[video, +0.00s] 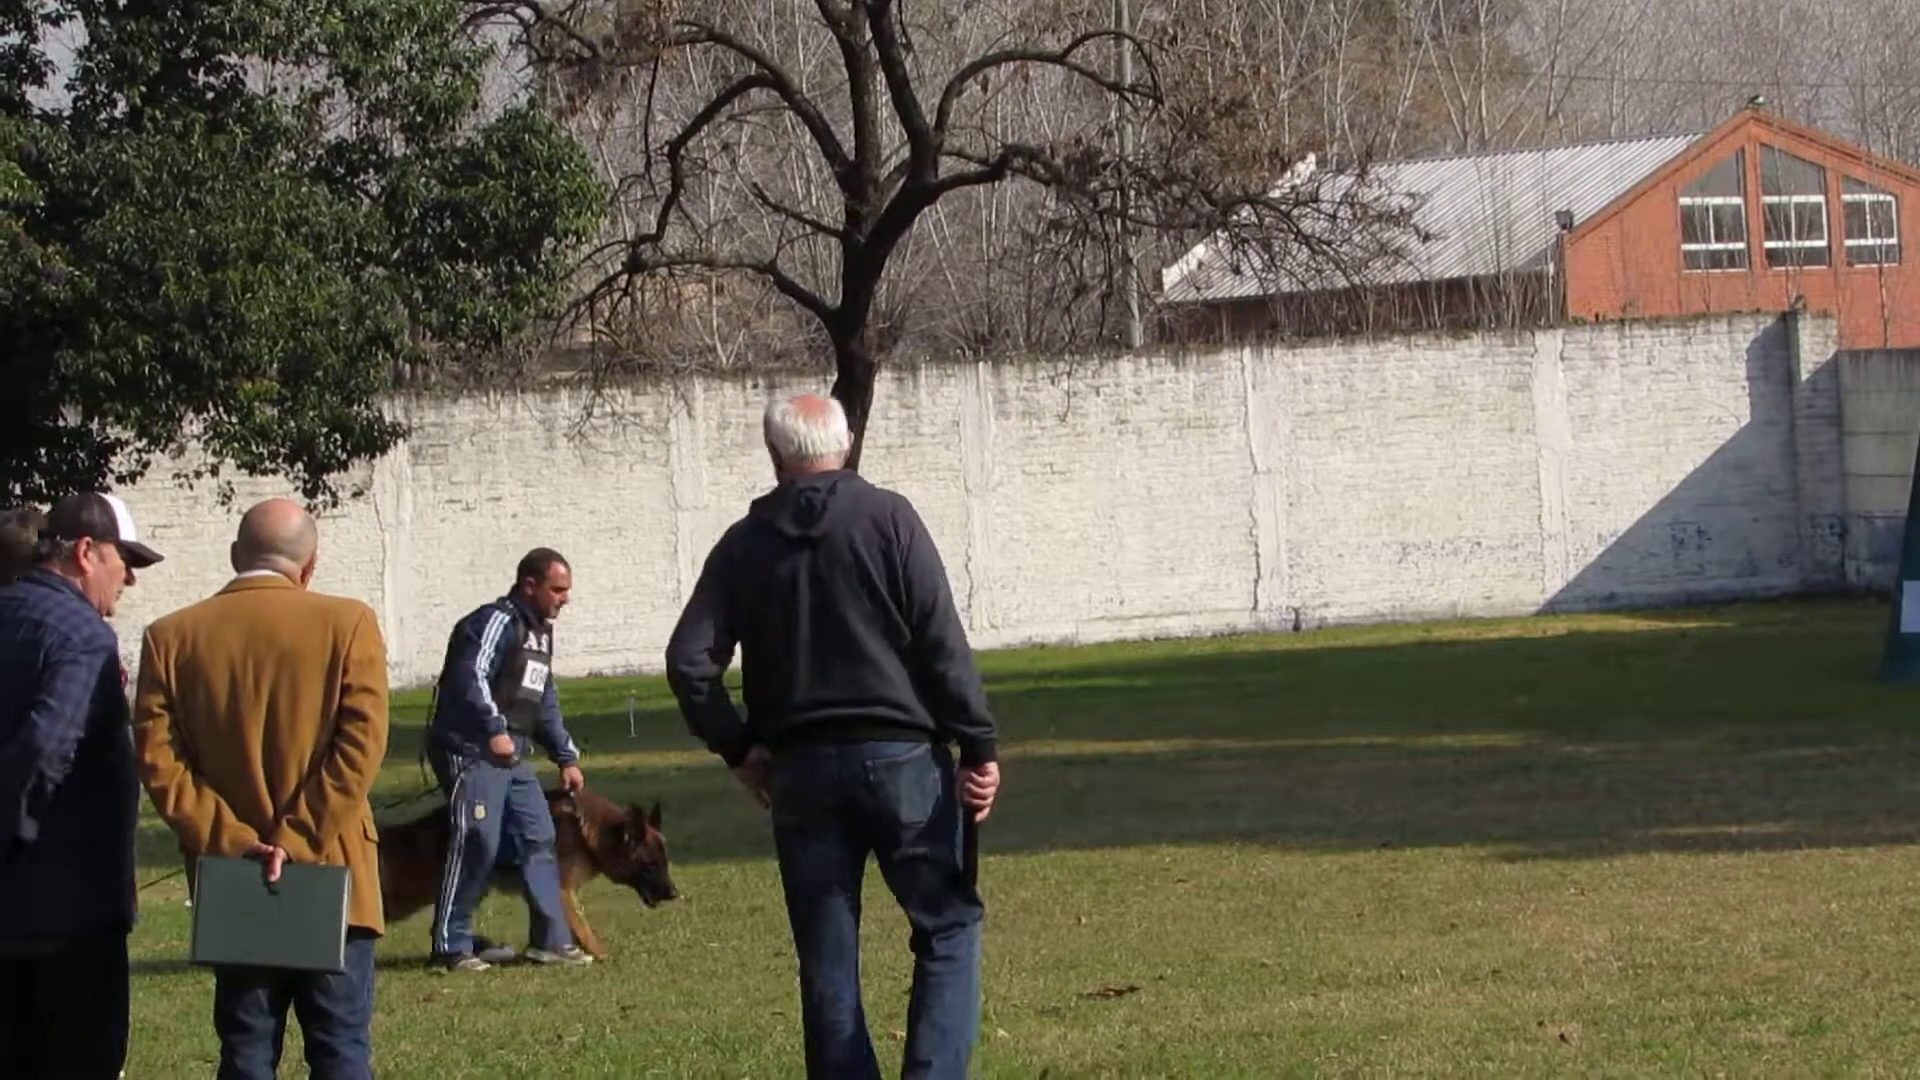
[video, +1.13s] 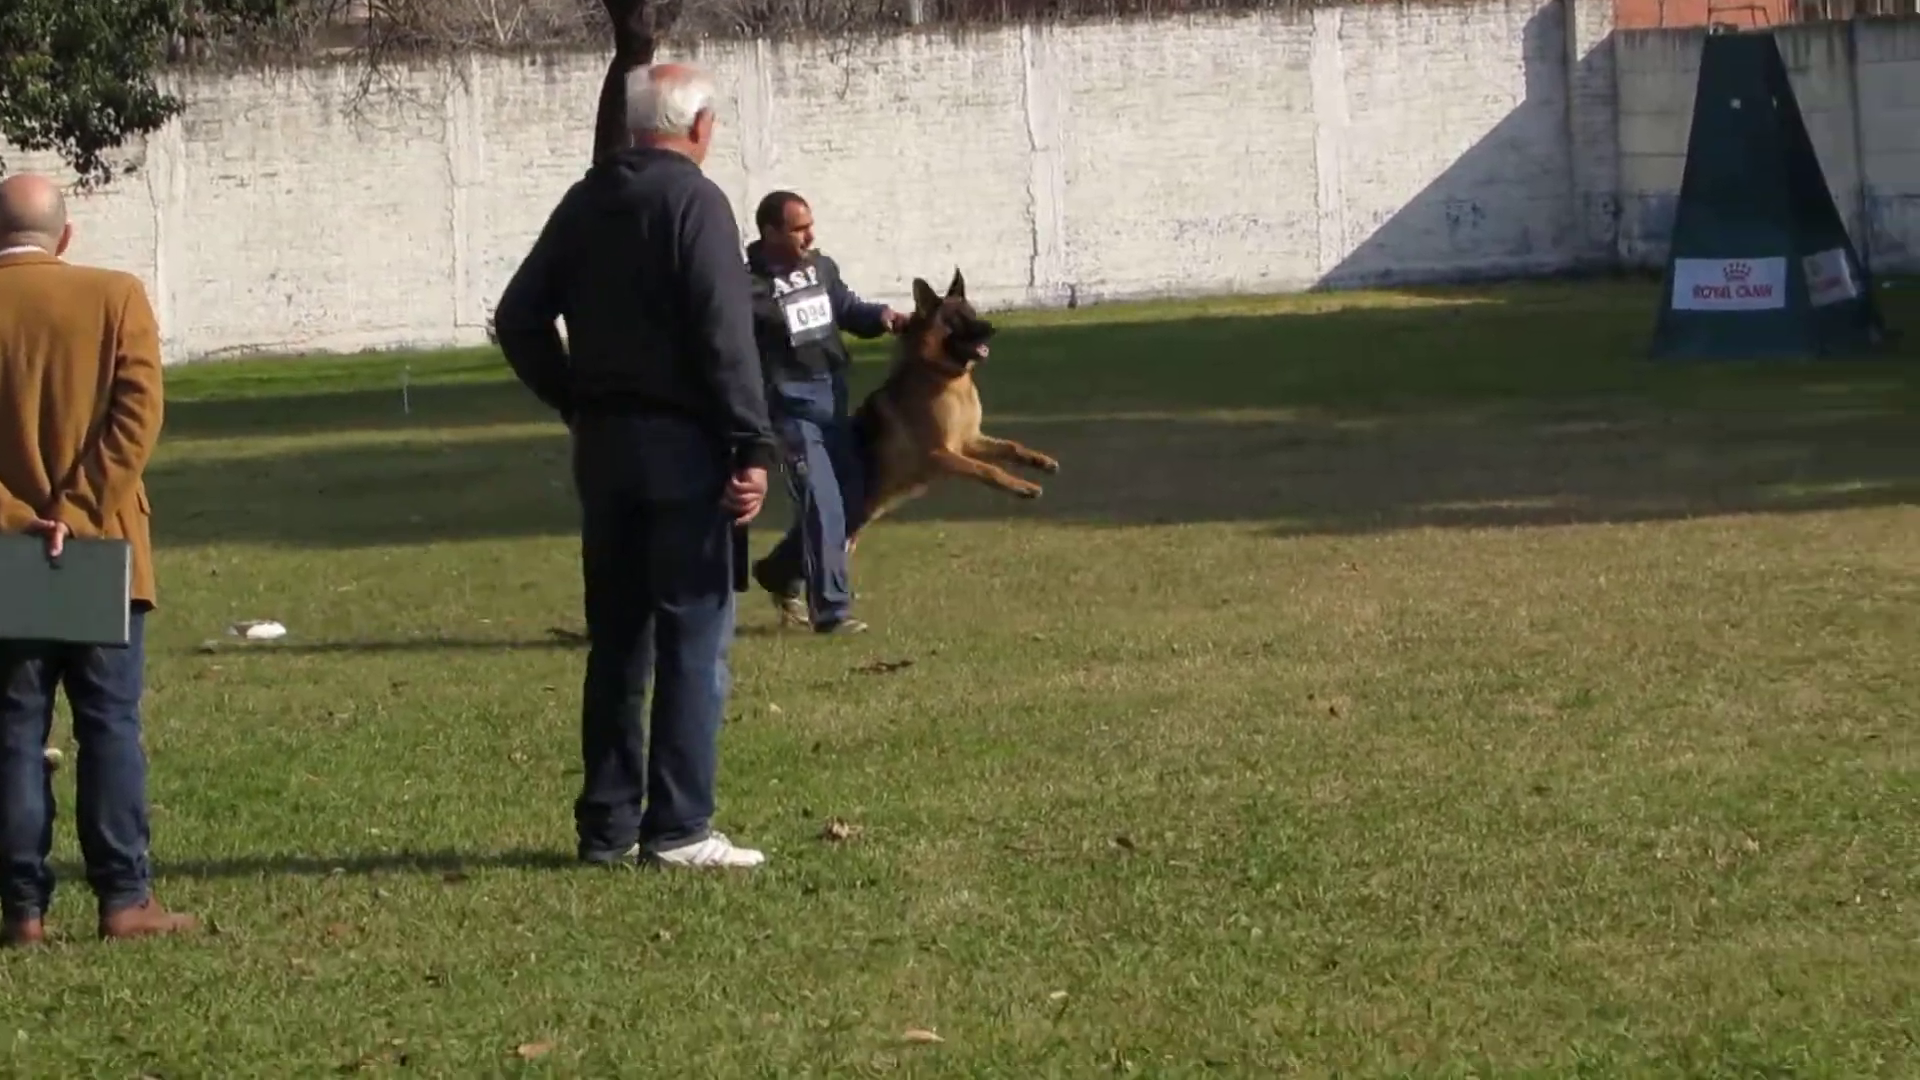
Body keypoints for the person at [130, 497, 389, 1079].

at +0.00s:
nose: (315, 565)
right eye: (315, 557)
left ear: (236, 556)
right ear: (307, 563)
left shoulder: (170, 636)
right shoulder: (349, 623)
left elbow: (159, 766)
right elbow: (359, 749)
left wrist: (237, 845)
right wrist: (294, 839)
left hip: (232, 896)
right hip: (337, 892)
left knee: (246, 1049)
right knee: (341, 1047)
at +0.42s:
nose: (291, 478)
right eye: (291, 470)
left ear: (210, 472)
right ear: (282, 476)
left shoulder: (149, 549)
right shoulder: (328, 535)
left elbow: (137, 676)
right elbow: (339, 659)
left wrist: (215, 752)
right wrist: (274, 747)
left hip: (210, 804)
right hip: (317, 799)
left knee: (225, 962)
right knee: (320, 960)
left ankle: (231, 1076)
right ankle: (327, 1074)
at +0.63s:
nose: (267, 374)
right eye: (266, 365)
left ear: (186, 368)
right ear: (262, 372)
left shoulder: (133, 448)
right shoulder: (309, 434)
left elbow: (118, 575)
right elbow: (319, 555)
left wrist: (189, 649)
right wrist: (260, 648)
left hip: (191, 702)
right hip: (295, 698)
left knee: (205, 859)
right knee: (300, 857)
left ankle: (213, 1037)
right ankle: (315, 1030)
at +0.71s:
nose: (237, 332)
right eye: (237, 323)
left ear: (156, 331)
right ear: (233, 332)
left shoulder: (109, 408)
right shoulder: (283, 393)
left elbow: (93, 536)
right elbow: (295, 515)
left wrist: (170, 608)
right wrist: (236, 609)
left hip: (167, 661)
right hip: (270, 657)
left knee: (180, 819)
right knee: (275, 817)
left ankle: (189, 997)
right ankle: (290, 990)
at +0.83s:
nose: (188, 291)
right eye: (187, 282)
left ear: (107, 291)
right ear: (184, 291)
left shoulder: (60, 370)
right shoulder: (237, 352)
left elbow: (47, 498)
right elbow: (250, 475)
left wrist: (128, 571)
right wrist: (192, 568)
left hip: (121, 620)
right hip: (225, 616)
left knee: (135, 776)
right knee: (230, 775)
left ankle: (143, 958)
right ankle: (244, 950)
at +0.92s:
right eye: (158, 262)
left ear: (76, 274)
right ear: (154, 272)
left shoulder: (27, 355)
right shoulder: (207, 333)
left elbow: (18, 482)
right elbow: (222, 454)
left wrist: (89, 549)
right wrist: (165, 547)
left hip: (90, 604)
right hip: (196, 598)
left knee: (105, 763)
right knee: (200, 760)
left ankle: (114, 941)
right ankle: (215, 934)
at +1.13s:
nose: (69, 233)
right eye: (70, 225)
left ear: (0, 233)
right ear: (65, 235)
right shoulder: (118, 297)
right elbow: (137, 419)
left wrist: (22, 520)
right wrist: (77, 508)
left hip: (9, 564)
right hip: (105, 562)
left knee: (18, 730)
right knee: (111, 725)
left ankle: (24, 908)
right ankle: (126, 899)